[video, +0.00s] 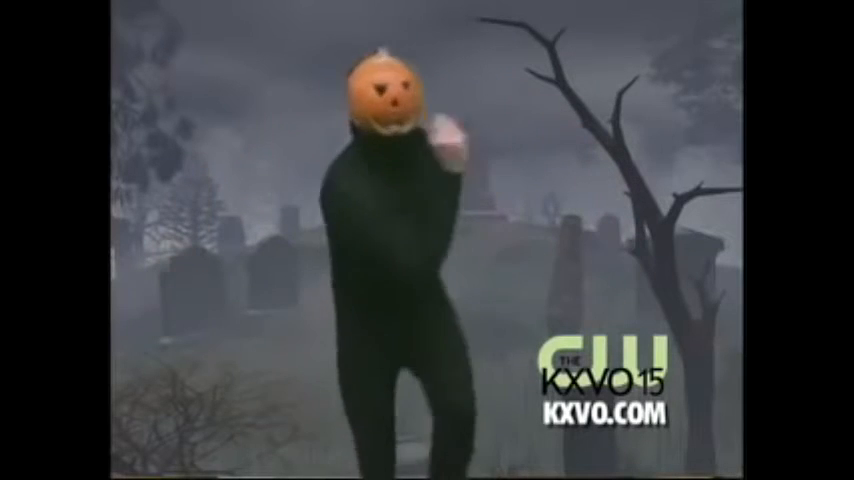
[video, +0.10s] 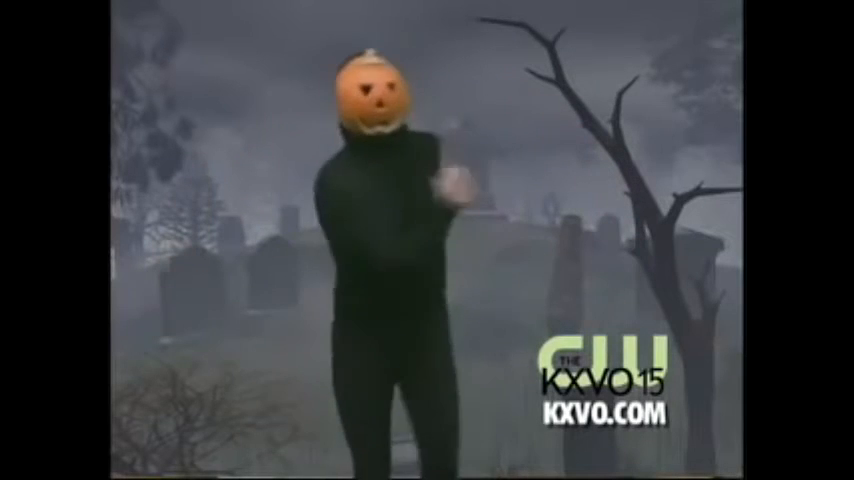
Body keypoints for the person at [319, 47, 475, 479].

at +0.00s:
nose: (395, 94)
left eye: (405, 84)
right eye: (379, 86)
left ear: (419, 97)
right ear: (356, 110)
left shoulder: (432, 160)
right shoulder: (346, 179)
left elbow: (432, 253)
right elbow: (413, 263)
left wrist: (453, 169)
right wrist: (449, 180)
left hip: (428, 320)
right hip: (366, 331)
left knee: (458, 415)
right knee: (376, 454)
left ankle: (446, 474)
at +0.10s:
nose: (380, 95)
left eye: (389, 85)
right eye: (365, 87)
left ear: (405, 94)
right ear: (343, 104)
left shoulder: (429, 153)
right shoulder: (337, 178)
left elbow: (429, 238)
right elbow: (381, 258)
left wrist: (450, 198)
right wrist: (442, 210)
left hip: (426, 336)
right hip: (362, 343)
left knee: (442, 463)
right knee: (372, 466)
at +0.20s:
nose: (378, 113)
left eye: (389, 102)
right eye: (363, 105)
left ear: (404, 112)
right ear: (343, 121)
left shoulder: (425, 172)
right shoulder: (334, 200)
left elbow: (442, 228)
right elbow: (358, 282)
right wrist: (400, 243)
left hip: (421, 348)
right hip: (360, 356)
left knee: (450, 465)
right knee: (372, 469)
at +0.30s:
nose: (388, 132)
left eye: (398, 121)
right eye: (373, 123)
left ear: (415, 130)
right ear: (352, 136)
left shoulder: (437, 192)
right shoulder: (339, 215)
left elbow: (483, 276)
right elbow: (333, 316)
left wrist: (488, 253)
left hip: (417, 355)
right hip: (355, 364)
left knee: (483, 456)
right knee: (370, 472)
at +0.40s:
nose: (400, 130)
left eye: (411, 119)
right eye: (386, 121)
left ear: (426, 129)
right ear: (363, 132)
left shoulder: (450, 191)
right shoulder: (345, 208)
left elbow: (506, 277)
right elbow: (300, 301)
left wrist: (465, 218)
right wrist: (336, 314)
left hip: (423, 351)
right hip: (357, 359)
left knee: (500, 430)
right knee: (365, 471)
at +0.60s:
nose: (422, 81)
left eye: (434, 72)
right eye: (409, 71)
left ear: (450, 81)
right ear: (388, 80)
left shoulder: (463, 153)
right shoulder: (357, 142)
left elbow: (479, 259)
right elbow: (324, 229)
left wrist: (394, 240)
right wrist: (326, 306)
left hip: (449, 334)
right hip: (379, 333)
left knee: (457, 467)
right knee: (383, 467)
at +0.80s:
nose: (435, 111)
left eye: (449, 102)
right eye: (423, 100)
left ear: (468, 110)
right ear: (406, 105)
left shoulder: (469, 177)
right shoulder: (413, 166)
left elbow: (450, 270)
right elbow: (395, 243)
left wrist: (359, 227)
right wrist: (335, 284)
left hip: (459, 354)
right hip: (406, 347)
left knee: (455, 471)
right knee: (335, 461)